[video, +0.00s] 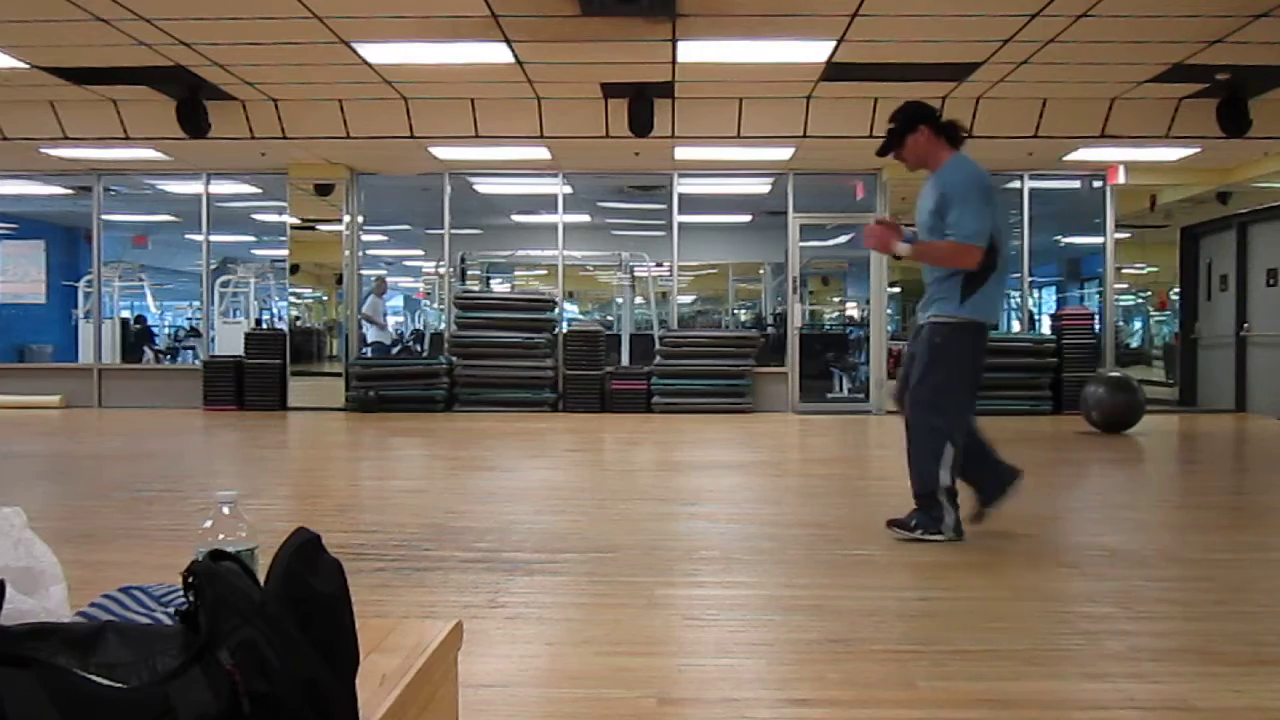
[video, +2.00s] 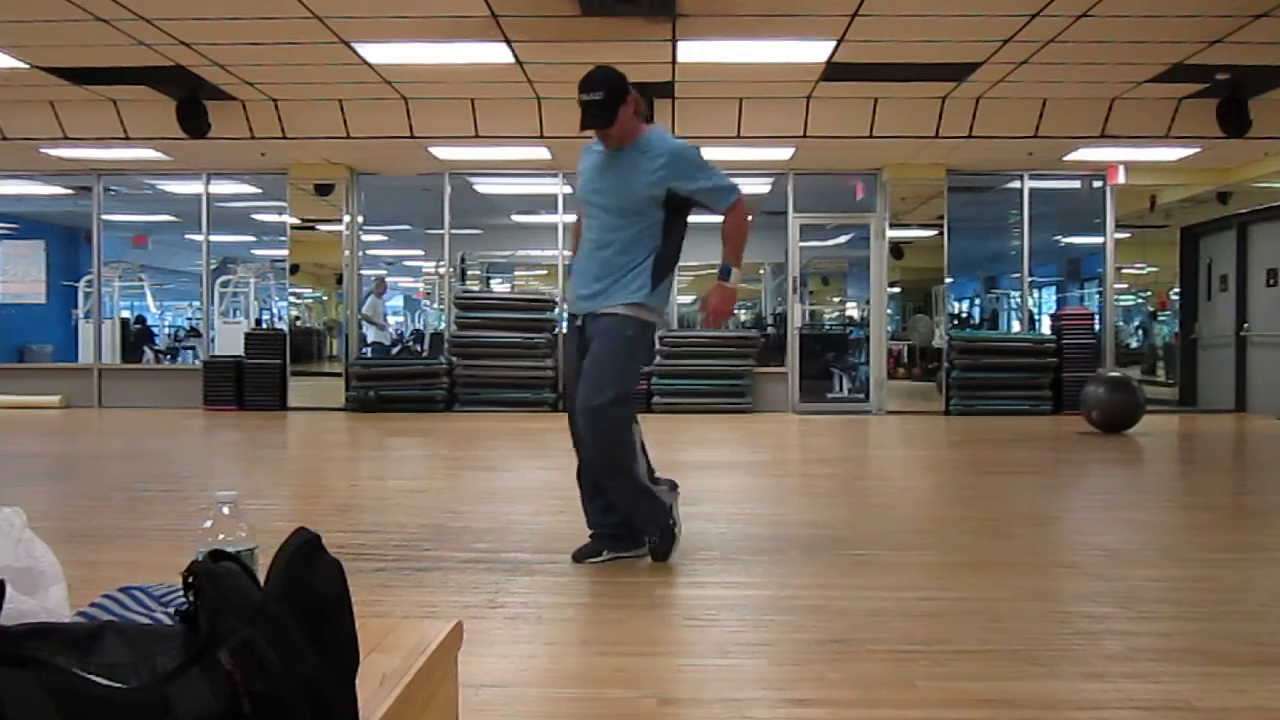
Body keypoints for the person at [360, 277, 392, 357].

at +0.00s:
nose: (386, 288)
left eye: (386, 286)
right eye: (384, 286)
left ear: (384, 286)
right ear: (378, 286)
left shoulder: (381, 300)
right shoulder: (372, 298)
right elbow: (365, 313)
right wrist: (379, 323)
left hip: (384, 336)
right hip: (376, 337)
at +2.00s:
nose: (385, 288)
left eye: (385, 286)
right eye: (383, 286)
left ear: (385, 287)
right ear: (377, 287)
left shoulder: (381, 301)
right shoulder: (372, 299)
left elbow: (383, 316)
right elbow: (365, 314)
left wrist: (386, 324)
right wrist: (378, 324)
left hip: (384, 337)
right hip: (376, 338)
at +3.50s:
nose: (386, 288)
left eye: (386, 286)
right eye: (384, 286)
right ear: (378, 286)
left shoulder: (381, 301)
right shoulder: (373, 299)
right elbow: (366, 314)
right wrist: (379, 323)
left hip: (385, 337)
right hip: (377, 338)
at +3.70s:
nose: (386, 288)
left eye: (386, 286)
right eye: (383, 286)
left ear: (386, 287)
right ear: (378, 286)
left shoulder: (381, 301)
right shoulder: (373, 299)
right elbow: (366, 314)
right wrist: (379, 324)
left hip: (385, 337)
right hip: (376, 337)